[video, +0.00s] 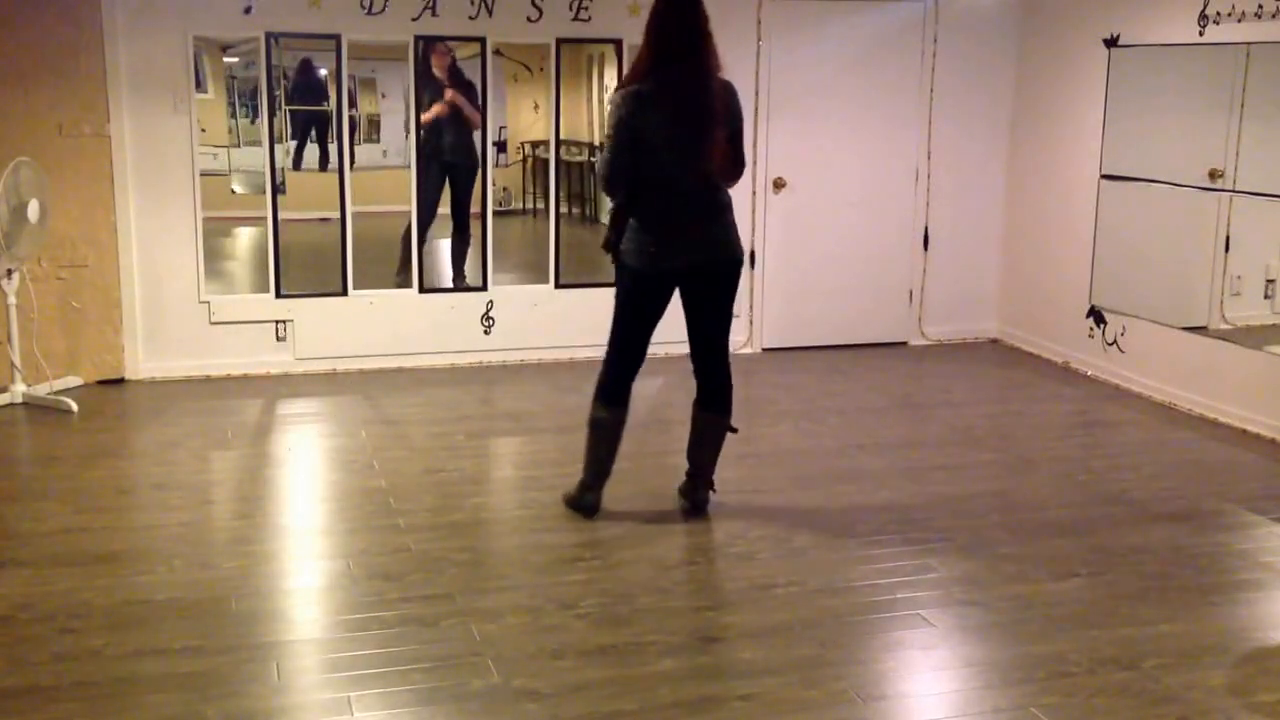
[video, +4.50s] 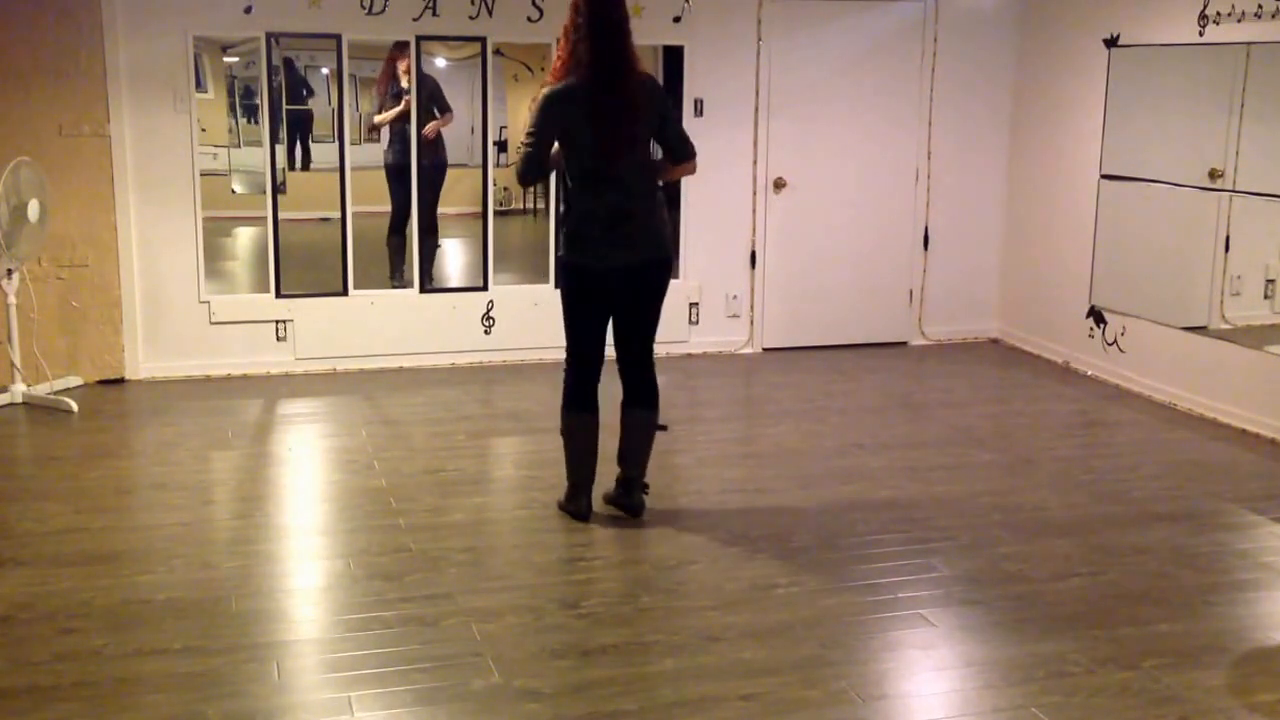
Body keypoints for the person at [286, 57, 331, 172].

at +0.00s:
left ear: (299, 68)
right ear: (312, 67)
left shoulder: (296, 81)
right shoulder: (317, 80)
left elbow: (291, 98)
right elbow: (325, 96)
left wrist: (293, 111)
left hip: (304, 113)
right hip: (320, 112)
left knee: (301, 141)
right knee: (322, 143)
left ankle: (296, 167)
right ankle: (323, 169)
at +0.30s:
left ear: (291, 67)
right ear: (305, 66)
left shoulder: (289, 80)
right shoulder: (311, 79)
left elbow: (286, 97)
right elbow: (318, 97)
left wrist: (289, 105)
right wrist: (311, 102)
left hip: (296, 112)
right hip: (312, 111)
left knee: (295, 143)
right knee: (317, 142)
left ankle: (292, 169)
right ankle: (322, 168)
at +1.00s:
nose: (283, 69)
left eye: (283, 67)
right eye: (284, 67)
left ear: (283, 67)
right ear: (293, 66)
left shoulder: (279, 81)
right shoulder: (301, 80)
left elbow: (277, 99)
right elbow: (306, 97)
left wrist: (277, 113)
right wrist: (305, 111)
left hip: (286, 113)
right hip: (301, 113)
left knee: (288, 143)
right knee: (300, 141)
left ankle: (291, 167)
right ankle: (304, 166)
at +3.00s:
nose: (281, 70)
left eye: (282, 68)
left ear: (283, 67)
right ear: (295, 65)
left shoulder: (282, 81)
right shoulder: (302, 79)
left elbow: (278, 100)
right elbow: (307, 97)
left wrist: (279, 115)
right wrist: (309, 111)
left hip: (289, 114)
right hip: (303, 113)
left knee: (289, 145)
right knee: (303, 143)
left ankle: (290, 169)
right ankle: (305, 168)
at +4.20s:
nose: (282, 70)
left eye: (282, 68)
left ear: (283, 67)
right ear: (293, 65)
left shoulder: (282, 79)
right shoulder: (300, 77)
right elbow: (308, 94)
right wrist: (304, 101)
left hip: (287, 112)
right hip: (300, 112)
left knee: (288, 143)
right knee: (298, 142)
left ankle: (290, 168)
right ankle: (303, 166)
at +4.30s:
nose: (283, 70)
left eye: (283, 67)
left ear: (283, 67)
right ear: (294, 66)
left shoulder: (282, 81)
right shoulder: (300, 78)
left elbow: (278, 97)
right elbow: (311, 91)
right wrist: (304, 99)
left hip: (289, 113)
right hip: (303, 112)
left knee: (291, 143)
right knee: (302, 142)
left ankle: (290, 168)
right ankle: (305, 167)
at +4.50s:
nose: (284, 70)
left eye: (283, 67)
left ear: (283, 67)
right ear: (294, 65)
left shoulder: (282, 81)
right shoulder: (300, 77)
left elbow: (278, 96)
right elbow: (311, 91)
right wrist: (304, 98)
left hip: (289, 112)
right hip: (303, 112)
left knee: (291, 143)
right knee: (304, 142)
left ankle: (291, 168)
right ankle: (305, 168)